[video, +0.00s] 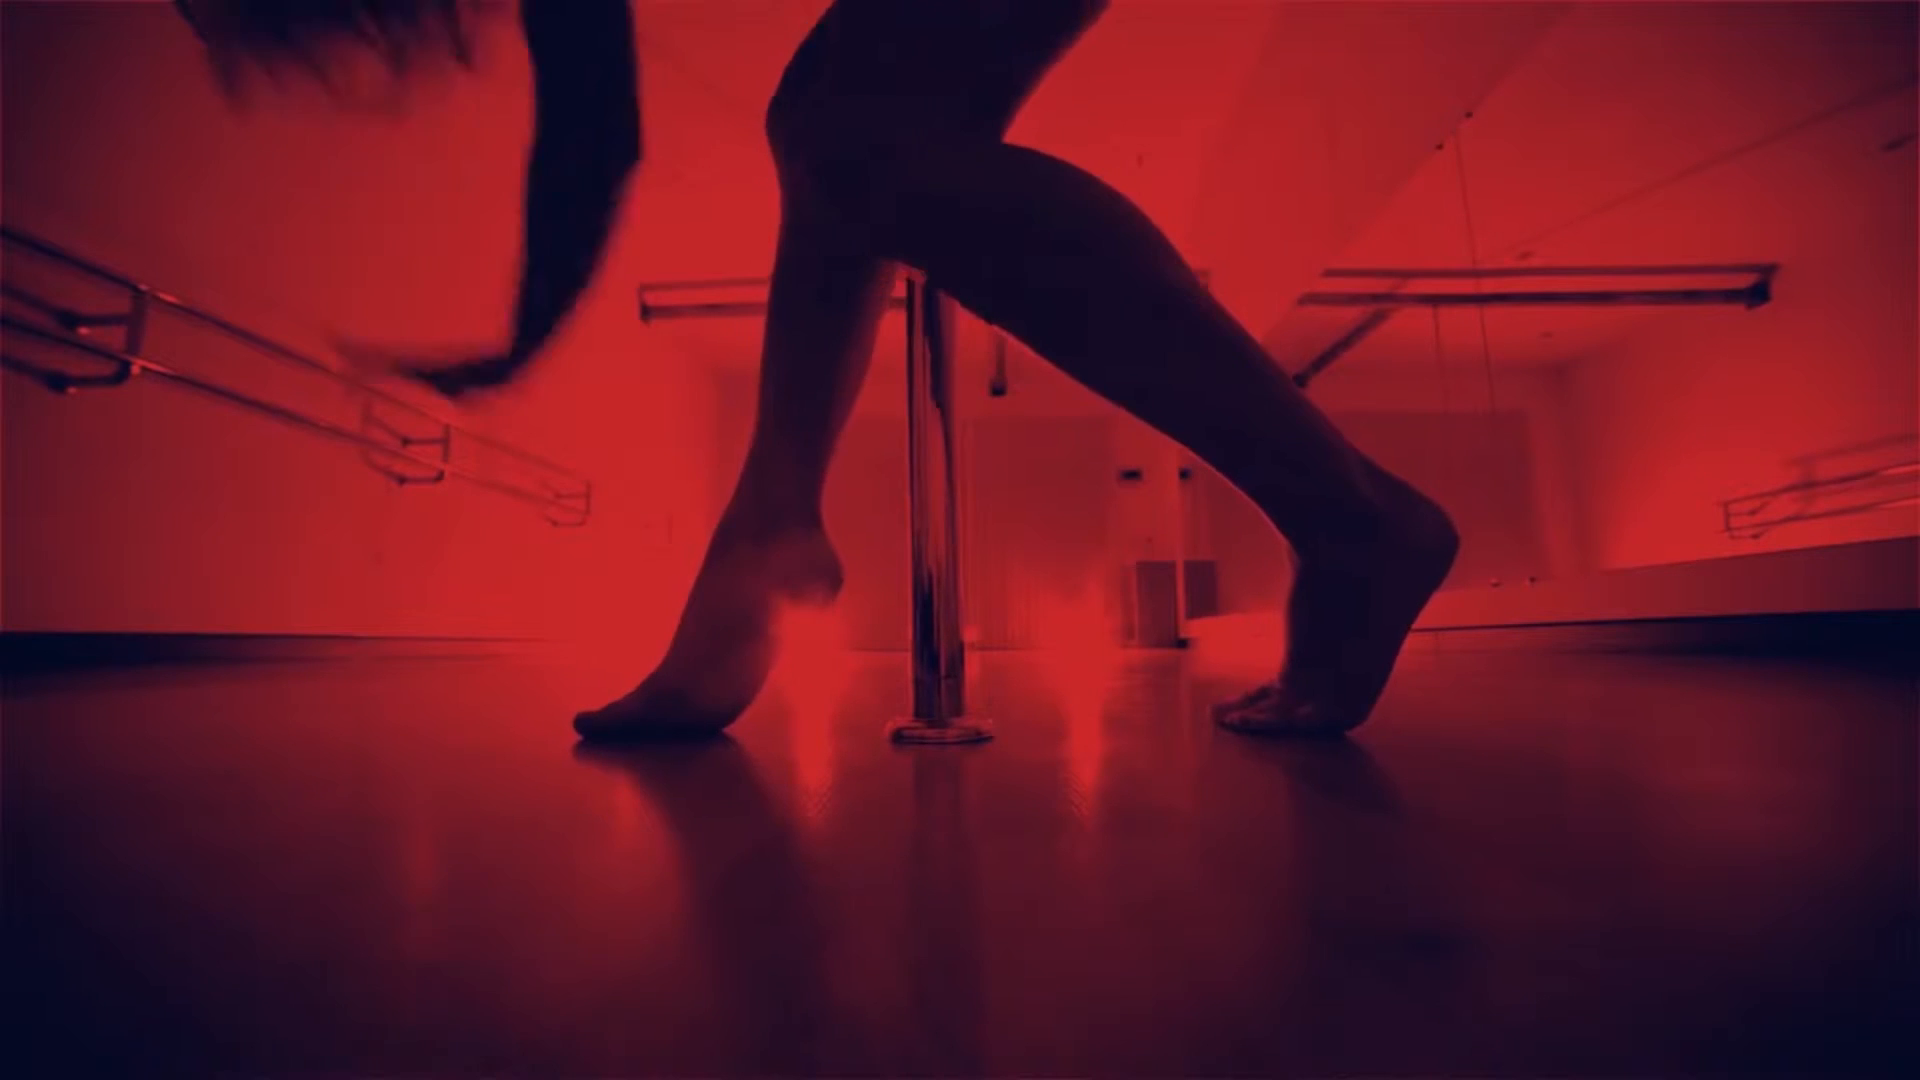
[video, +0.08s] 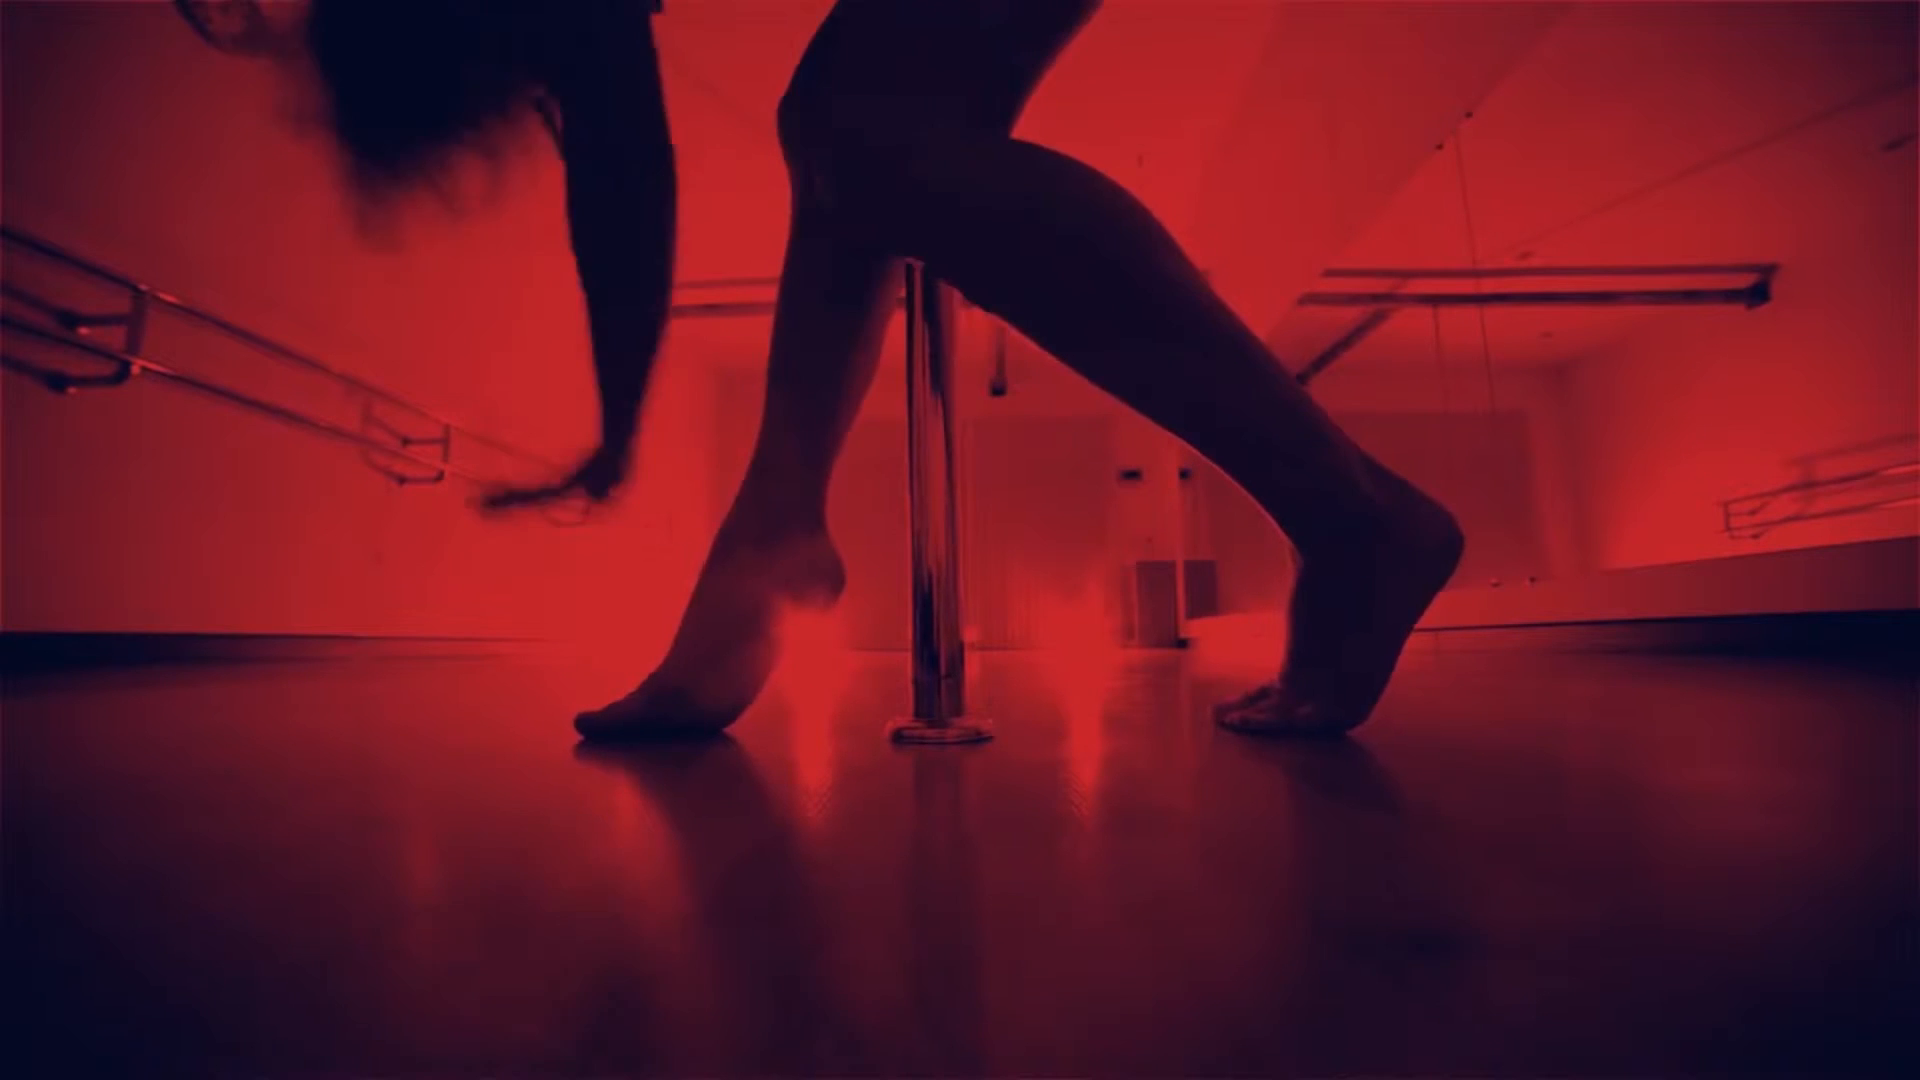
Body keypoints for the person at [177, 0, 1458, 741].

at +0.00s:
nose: (367, 56)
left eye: (321, 41)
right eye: (326, 48)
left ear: (335, 3)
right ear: (338, 5)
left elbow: (591, 126)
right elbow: (583, 124)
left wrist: (521, 337)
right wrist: (522, 334)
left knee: (888, 141)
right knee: (832, 118)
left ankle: (1353, 518)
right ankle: (772, 525)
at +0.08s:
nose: (502, 132)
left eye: (480, 108)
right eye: (484, 123)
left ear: (454, 46)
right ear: (440, 33)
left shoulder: (546, 2)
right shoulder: (552, 12)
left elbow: (616, 146)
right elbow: (620, 148)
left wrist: (613, 425)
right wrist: (607, 421)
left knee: (897, 132)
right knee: (846, 125)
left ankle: (1357, 525)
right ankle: (776, 532)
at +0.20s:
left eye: (590, 189)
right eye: (579, 198)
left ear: (542, 90)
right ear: (533, 89)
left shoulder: (551, 30)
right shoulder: (569, 34)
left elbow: (646, 204)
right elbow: (637, 208)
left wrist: (692, 498)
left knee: (906, 145)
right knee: (851, 124)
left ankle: (1359, 527)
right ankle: (787, 537)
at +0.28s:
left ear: (526, 63)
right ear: (503, 66)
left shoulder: (541, 20)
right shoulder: (558, 25)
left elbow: (627, 189)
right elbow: (624, 193)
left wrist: (687, 500)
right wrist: (746, 509)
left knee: (893, 142)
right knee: (852, 126)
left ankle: (1356, 525)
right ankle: (788, 532)